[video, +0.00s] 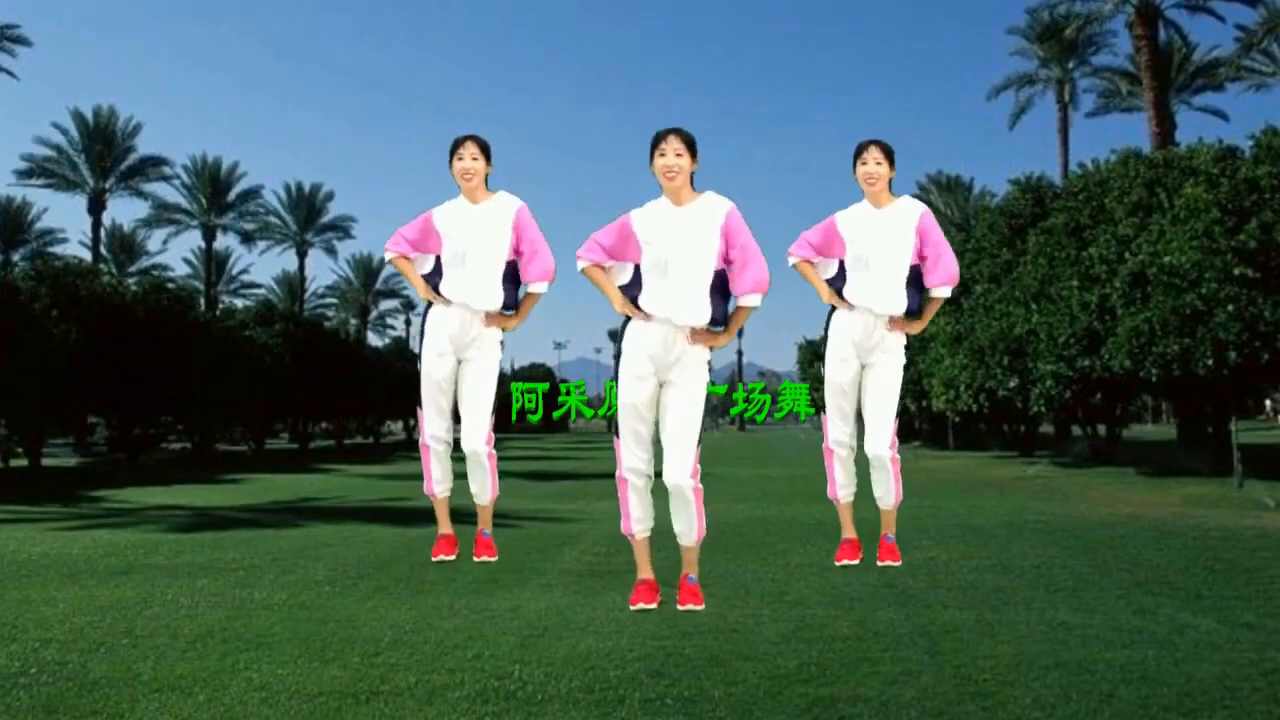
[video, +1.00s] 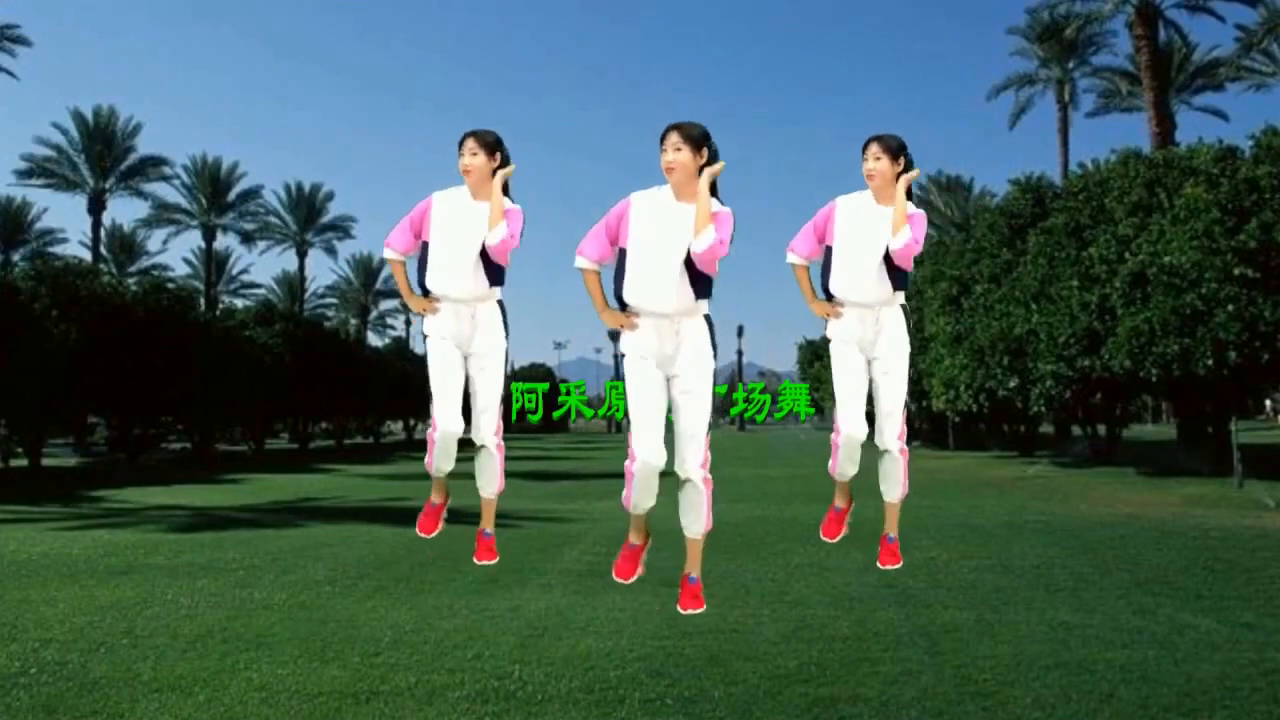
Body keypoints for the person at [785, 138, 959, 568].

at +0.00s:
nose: (870, 169)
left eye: (878, 162)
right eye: (863, 163)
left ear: (891, 171)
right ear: (855, 173)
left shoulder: (914, 214)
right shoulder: (845, 219)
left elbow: (946, 271)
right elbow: (799, 253)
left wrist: (920, 322)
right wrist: (828, 295)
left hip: (889, 331)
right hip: (845, 326)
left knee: (880, 438)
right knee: (838, 434)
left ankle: (888, 537)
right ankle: (848, 535)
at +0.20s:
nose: (871, 167)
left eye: (879, 161)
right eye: (864, 161)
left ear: (891, 169)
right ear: (854, 169)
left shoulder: (909, 217)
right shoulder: (835, 216)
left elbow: (952, 258)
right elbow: (798, 266)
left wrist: (920, 298)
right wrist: (822, 312)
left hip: (900, 330)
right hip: (855, 332)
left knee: (899, 436)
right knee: (859, 438)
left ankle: (891, 536)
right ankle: (851, 536)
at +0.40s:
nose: (869, 176)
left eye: (877, 170)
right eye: (863, 169)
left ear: (891, 178)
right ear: (855, 177)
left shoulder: (909, 223)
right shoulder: (835, 222)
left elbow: (959, 248)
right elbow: (798, 275)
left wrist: (928, 284)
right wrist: (821, 322)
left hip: (901, 331)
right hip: (857, 335)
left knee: (901, 440)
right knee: (866, 443)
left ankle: (889, 536)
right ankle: (852, 537)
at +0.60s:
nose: (864, 156)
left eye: (872, 149)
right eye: (861, 150)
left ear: (894, 154)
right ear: (856, 157)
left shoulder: (918, 194)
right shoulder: (842, 202)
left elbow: (975, 196)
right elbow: (795, 247)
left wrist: (943, 209)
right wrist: (824, 293)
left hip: (897, 312)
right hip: (852, 313)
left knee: (894, 429)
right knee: (848, 429)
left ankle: (892, 532)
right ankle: (845, 534)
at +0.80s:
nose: (872, 184)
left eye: (881, 177)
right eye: (869, 177)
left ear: (901, 184)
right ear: (864, 184)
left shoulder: (914, 231)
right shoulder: (843, 225)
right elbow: (802, 274)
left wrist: (930, 236)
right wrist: (820, 324)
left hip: (900, 335)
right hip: (856, 338)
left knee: (899, 447)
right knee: (872, 446)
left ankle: (889, 536)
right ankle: (857, 519)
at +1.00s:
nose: (869, 165)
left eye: (878, 158)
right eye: (866, 159)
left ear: (900, 166)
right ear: (862, 167)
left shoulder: (913, 214)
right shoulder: (840, 208)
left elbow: (904, 254)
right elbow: (797, 253)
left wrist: (898, 196)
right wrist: (814, 301)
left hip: (890, 323)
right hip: (846, 323)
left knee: (891, 434)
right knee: (850, 431)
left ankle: (890, 534)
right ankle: (841, 501)